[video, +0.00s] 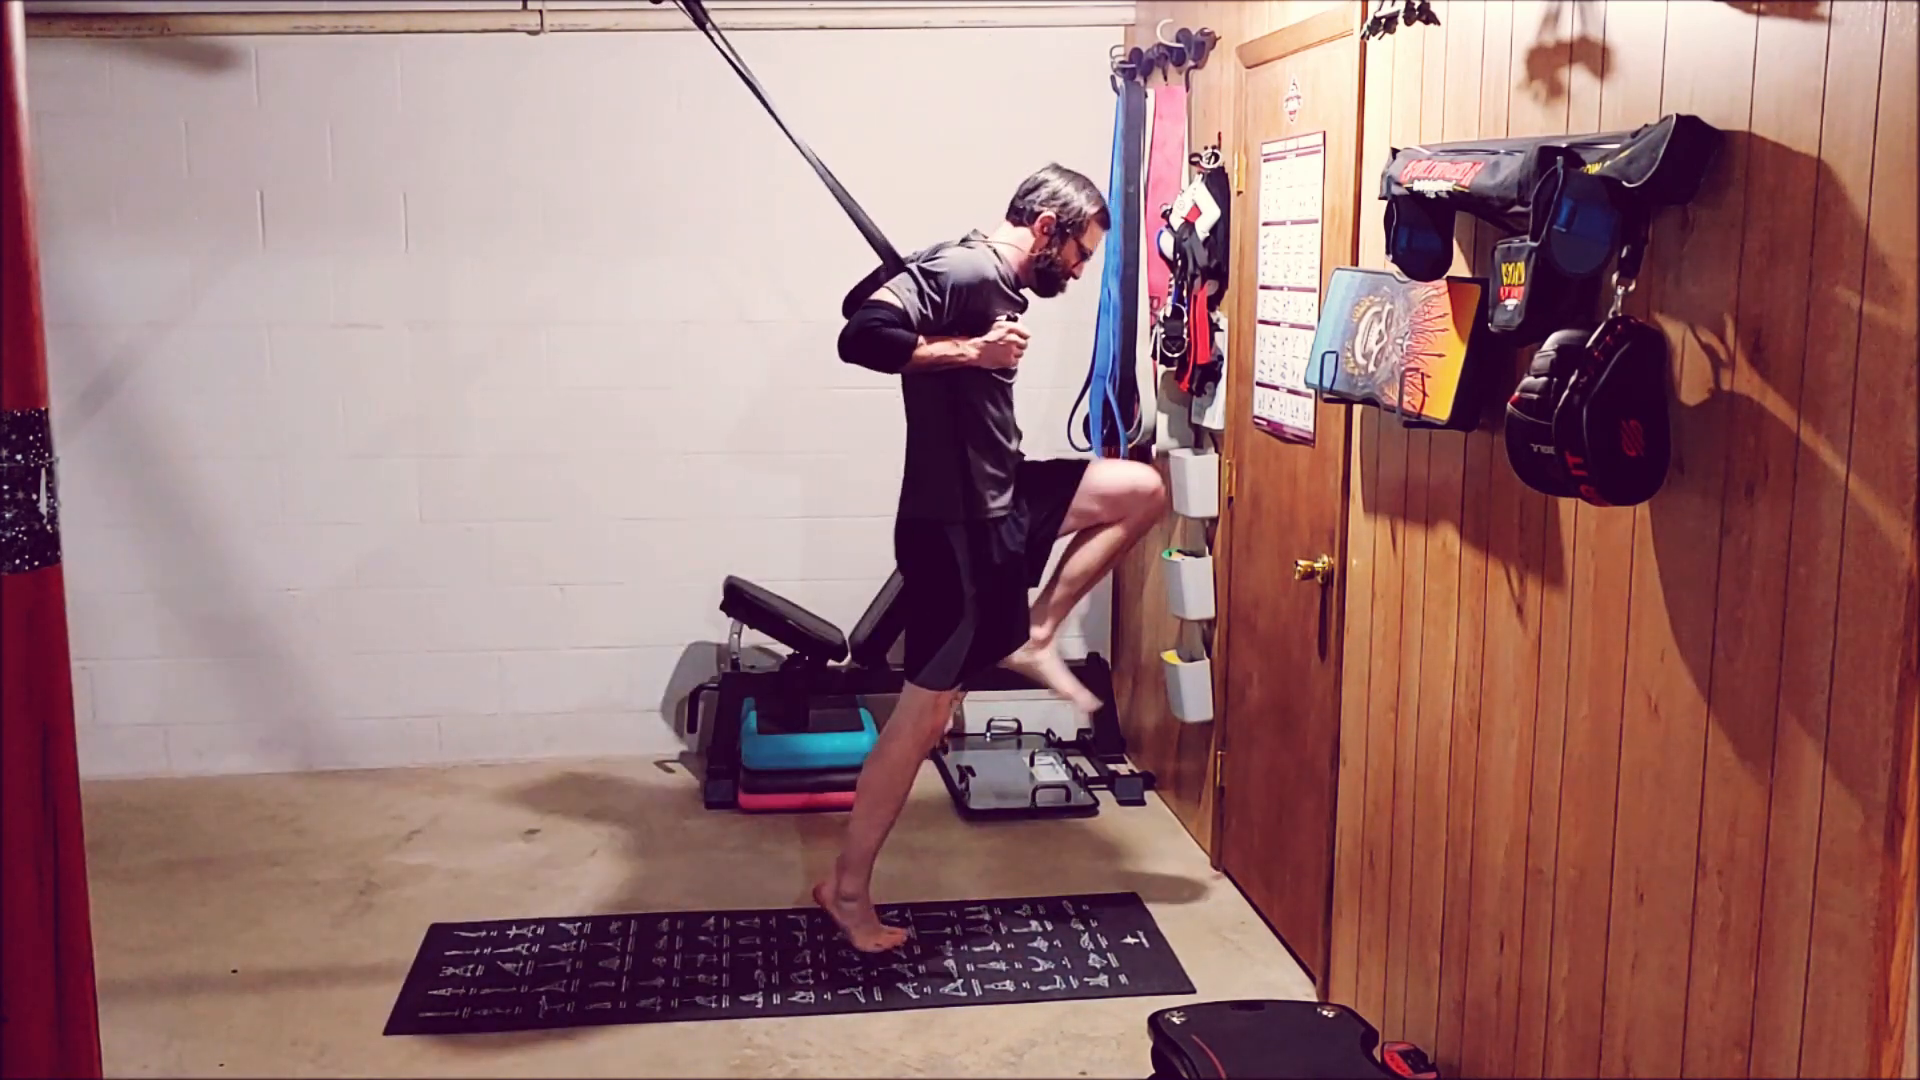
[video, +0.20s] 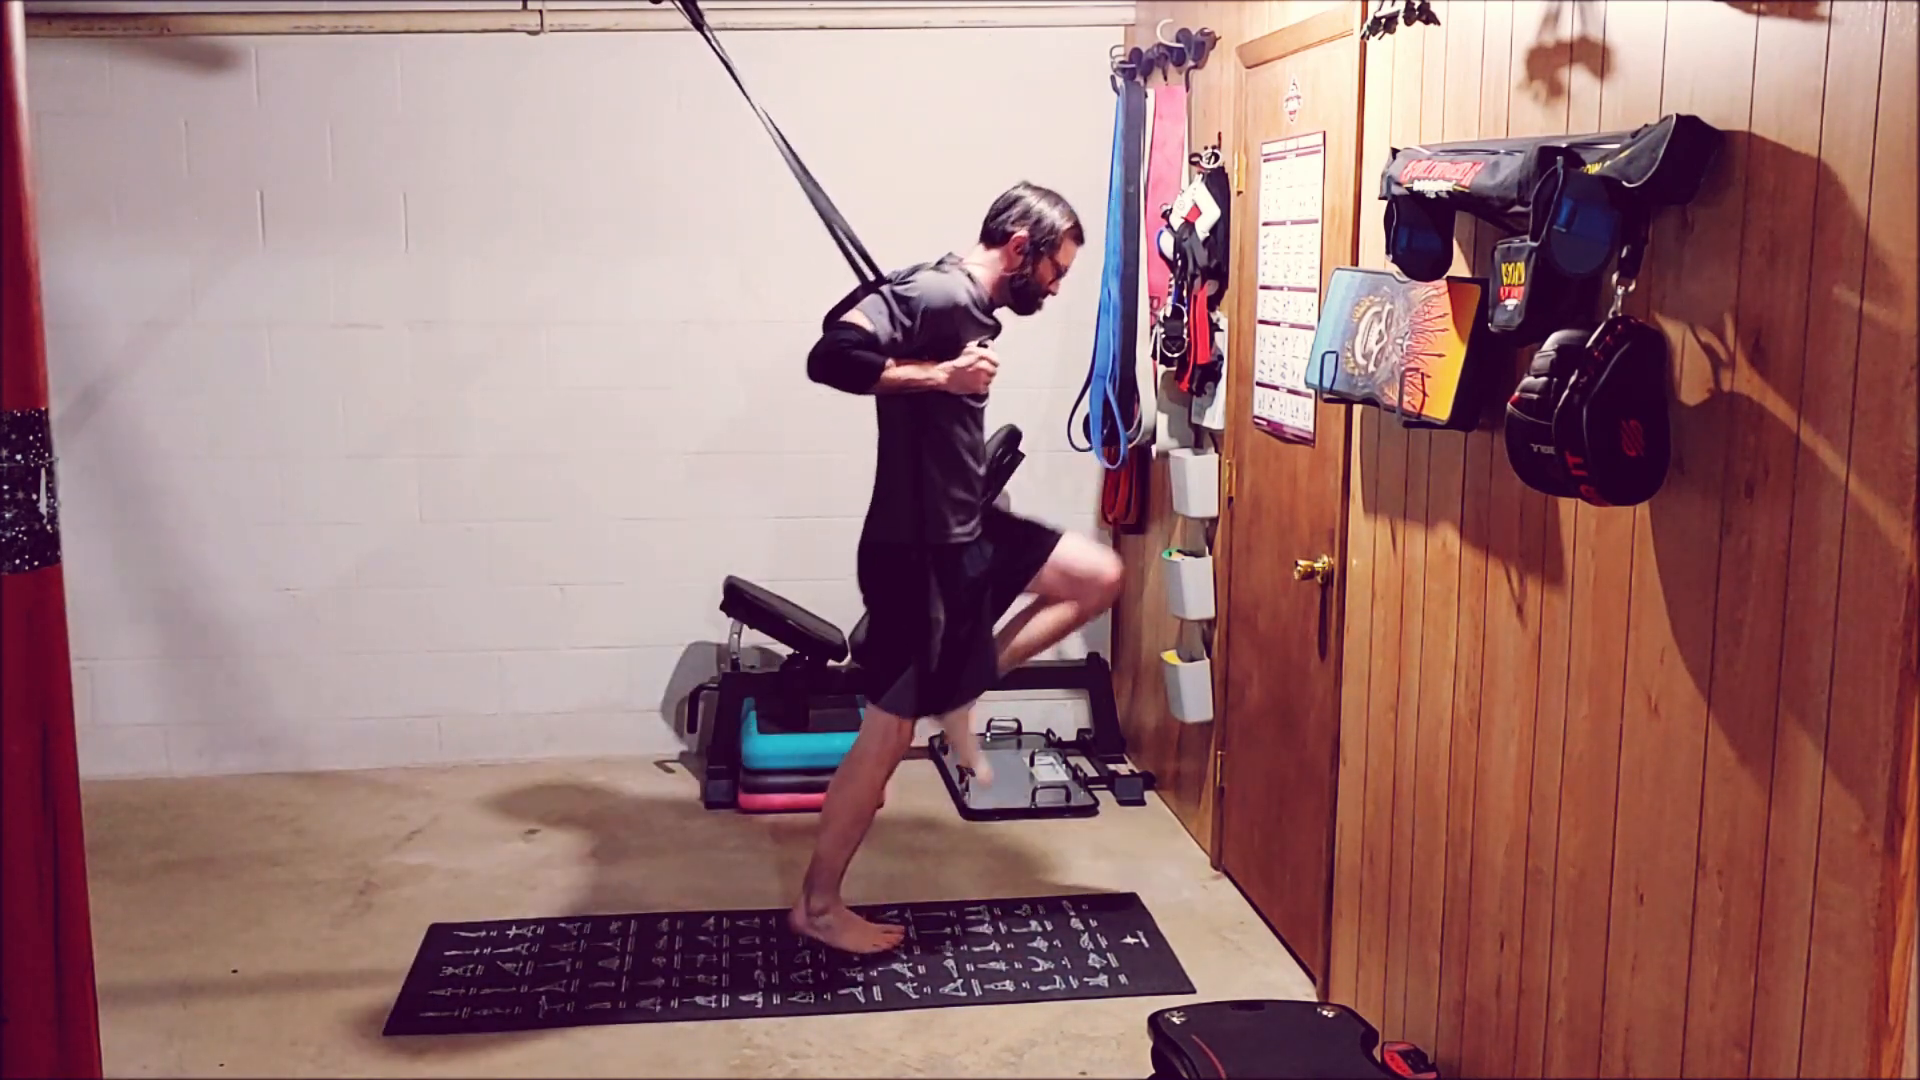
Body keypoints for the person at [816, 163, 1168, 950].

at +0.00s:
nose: (1082, 269)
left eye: (1090, 254)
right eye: (1083, 250)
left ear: (1042, 224)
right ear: (1048, 225)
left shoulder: (990, 275)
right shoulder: (966, 266)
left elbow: (866, 304)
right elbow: (862, 335)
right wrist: (973, 349)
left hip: (1006, 494)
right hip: (954, 519)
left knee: (1141, 491)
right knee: (923, 714)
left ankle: (1038, 638)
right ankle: (848, 888)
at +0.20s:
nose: (1059, 285)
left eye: (1066, 271)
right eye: (1061, 267)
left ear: (1016, 246)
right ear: (1023, 246)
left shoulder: (964, 300)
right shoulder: (940, 292)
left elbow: (851, 326)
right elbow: (833, 355)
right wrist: (940, 375)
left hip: (973, 525)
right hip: (919, 544)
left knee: (1098, 577)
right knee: (888, 733)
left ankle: (963, 691)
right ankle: (818, 904)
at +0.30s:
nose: (1042, 296)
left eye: (1048, 282)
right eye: (1042, 277)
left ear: (999, 257)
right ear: (1002, 257)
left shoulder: (954, 320)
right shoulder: (917, 303)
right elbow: (811, 369)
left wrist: (955, 492)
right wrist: (919, 389)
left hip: (949, 545)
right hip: (898, 557)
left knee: (1059, 633)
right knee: (874, 744)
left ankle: (916, 728)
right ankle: (814, 912)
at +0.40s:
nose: (1021, 299)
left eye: (1027, 285)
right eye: (1021, 281)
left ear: (979, 262)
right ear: (978, 260)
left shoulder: (937, 322)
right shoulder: (897, 311)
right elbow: (788, 380)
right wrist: (900, 399)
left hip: (925, 554)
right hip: (877, 562)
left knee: (1010, 676)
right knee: (859, 742)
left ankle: (873, 755)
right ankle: (812, 914)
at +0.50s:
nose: (1003, 296)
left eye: (1008, 282)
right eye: (1002, 278)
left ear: (960, 260)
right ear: (959, 259)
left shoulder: (916, 322)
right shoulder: (878, 315)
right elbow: (771, 392)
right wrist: (883, 406)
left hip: (907, 558)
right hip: (859, 565)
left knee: (952, 707)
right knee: (846, 749)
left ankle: (820, 786)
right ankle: (810, 916)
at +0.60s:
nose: (985, 295)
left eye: (991, 281)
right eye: (983, 277)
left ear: (936, 260)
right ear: (938, 258)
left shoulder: (894, 321)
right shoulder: (862, 318)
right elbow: (757, 399)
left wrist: (903, 377)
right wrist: (867, 414)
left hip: (872, 558)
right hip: (839, 563)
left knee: (886, 722)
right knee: (843, 740)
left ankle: (732, 834)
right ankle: (810, 915)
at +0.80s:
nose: (953, 298)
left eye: (958, 284)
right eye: (949, 281)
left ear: (899, 266)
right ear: (902, 264)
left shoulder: (851, 327)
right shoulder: (832, 326)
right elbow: (726, 405)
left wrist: (867, 395)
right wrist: (834, 428)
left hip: (794, 568)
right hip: (804, 573)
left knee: (773, 737)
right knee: (834, 747)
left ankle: (668, 893)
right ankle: (809, 917)